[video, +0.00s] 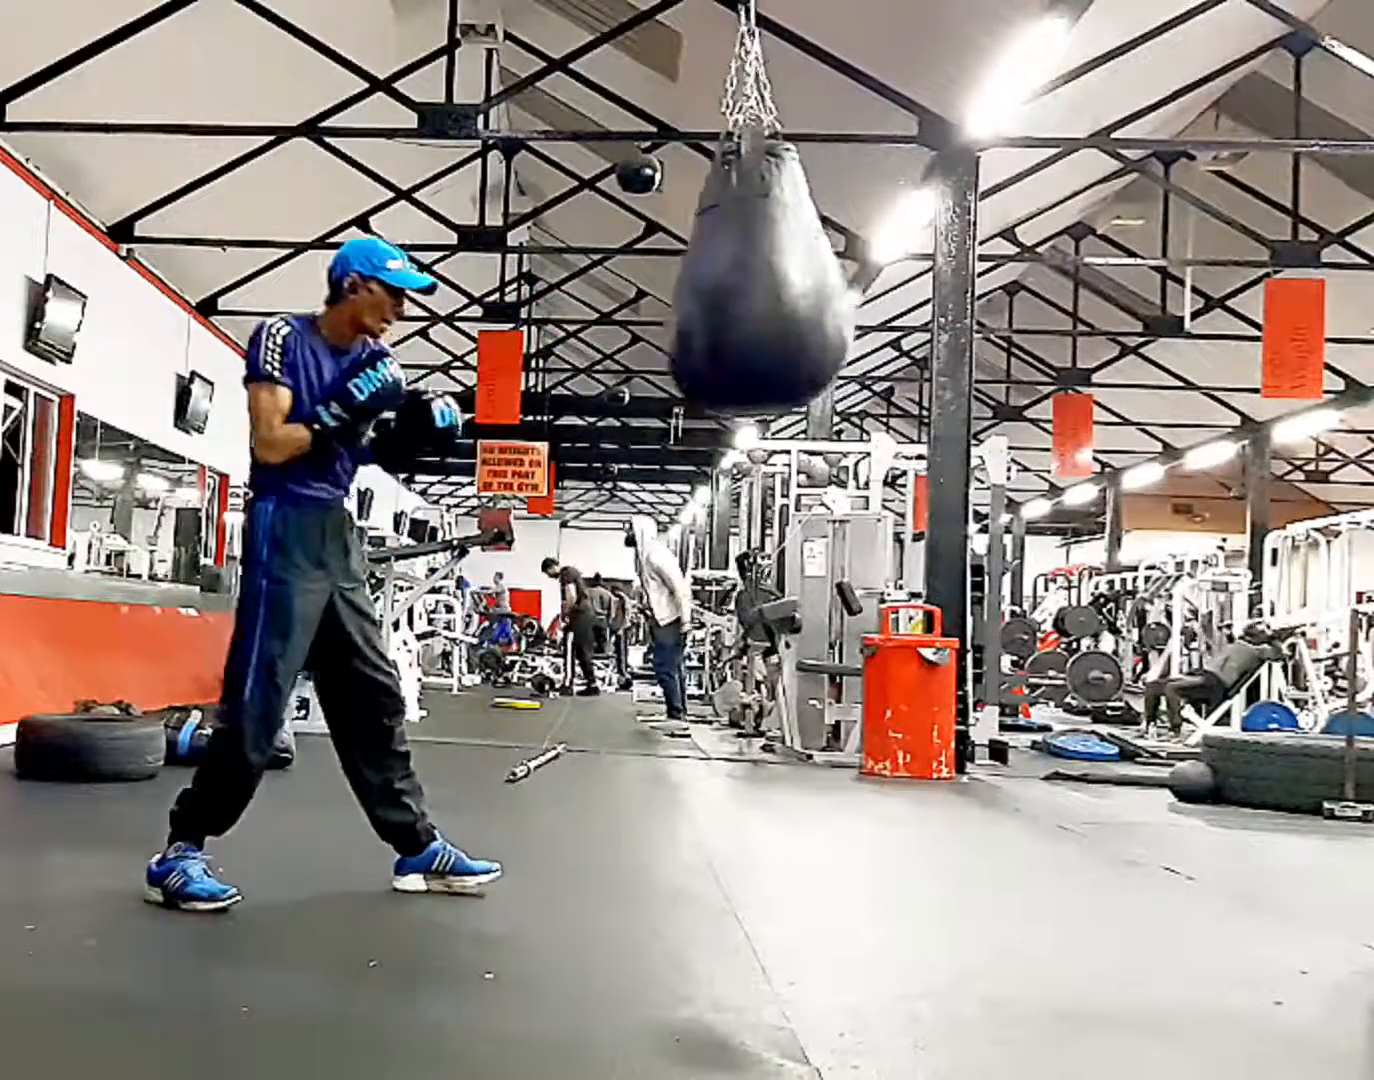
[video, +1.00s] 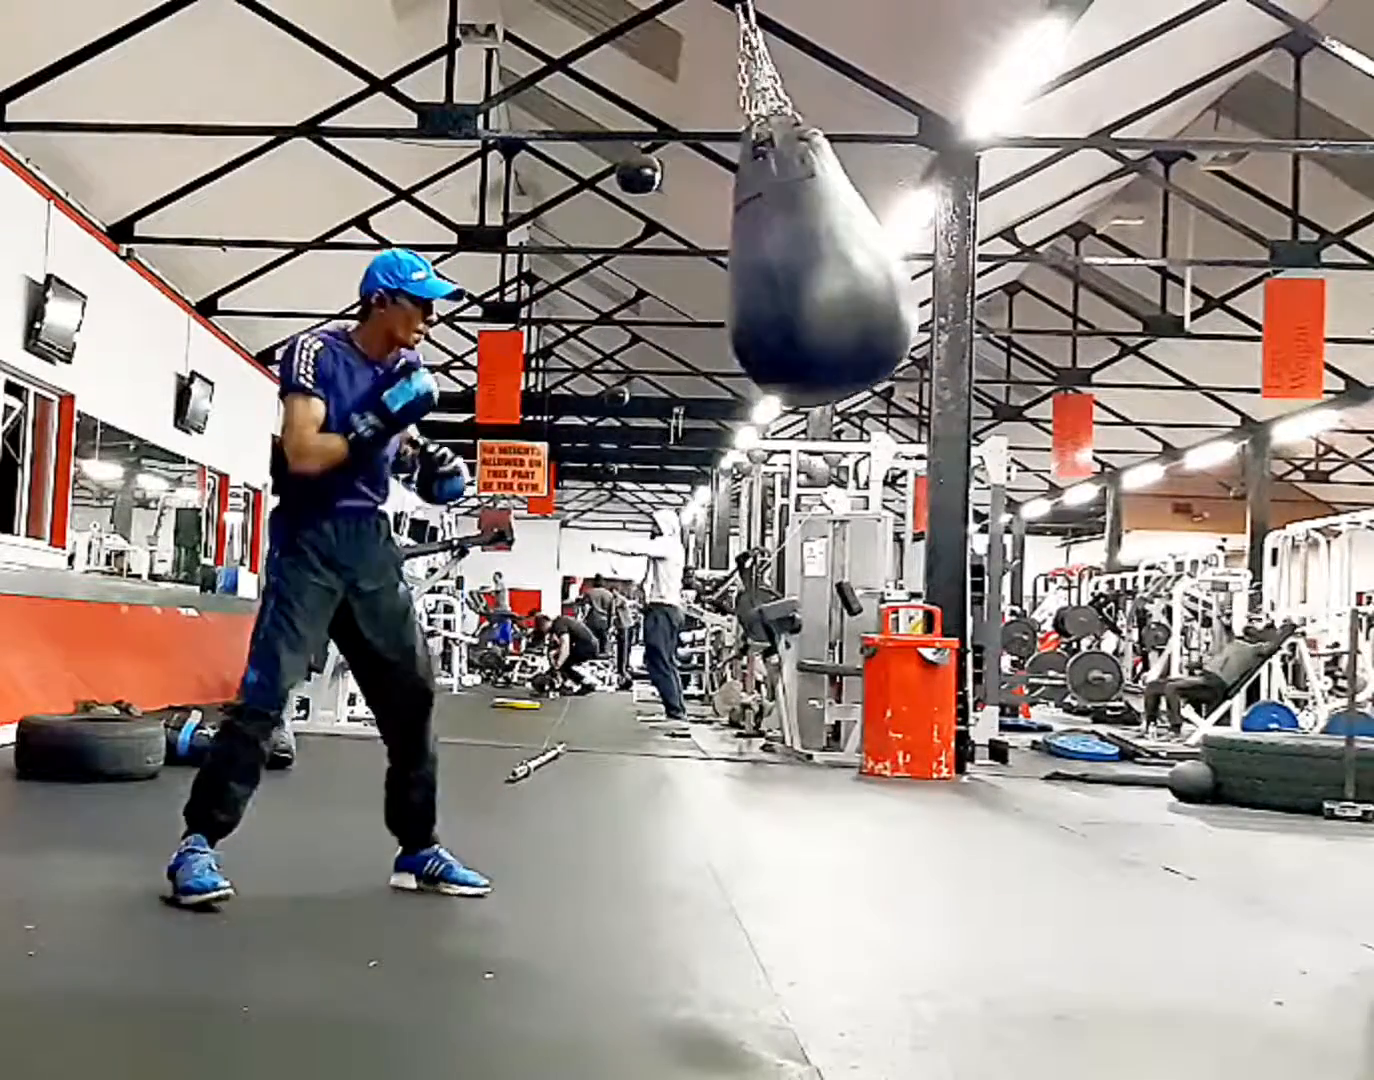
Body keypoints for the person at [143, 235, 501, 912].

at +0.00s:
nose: (395, 318)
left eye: (400, 307)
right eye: (389, 302)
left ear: (374, 299)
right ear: (352, 288)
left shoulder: (370, 364)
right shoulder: (280, 338)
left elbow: (385, 456)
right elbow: (268, 445)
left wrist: (419, 437)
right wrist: (347, 414)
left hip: (337, 536)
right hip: (284, 533)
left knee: (370, 699)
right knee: (257, 705)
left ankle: (417, 848)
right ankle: (179, 852)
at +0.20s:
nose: (414, 306)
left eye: (418, 295)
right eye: (406, 292)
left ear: (388, 294)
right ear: (368, 287)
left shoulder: (383, 363)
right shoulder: (314, 344)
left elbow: (382, 455)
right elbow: (313, 449)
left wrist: (432, 444)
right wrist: (385, 402)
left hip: (353, 540)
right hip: (307, 538)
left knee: (390, 696)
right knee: (272, 713)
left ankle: (421, 851)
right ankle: (181, 852)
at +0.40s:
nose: (425, 303)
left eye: (428, 291)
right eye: (417, 288)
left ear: (414, 291)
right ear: (378, 280)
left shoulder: (409, 348)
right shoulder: (317, 348)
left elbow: (470, 358)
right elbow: (326, 457)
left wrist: (537, 351)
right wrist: (393, 403)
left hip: (402, 539)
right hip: (336, 540)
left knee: (432, 699)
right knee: (291, 702)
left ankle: (429, 850)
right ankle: (200, 849)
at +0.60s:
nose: (402, 311)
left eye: (405, 300)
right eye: (391, 297)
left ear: (396, 302)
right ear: (352, 294)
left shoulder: (404, 358)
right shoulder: (292, 365)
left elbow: (486, 396)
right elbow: (295, 471)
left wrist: (509, 440)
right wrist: (356, 414)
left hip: (387, 552)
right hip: (319, 554)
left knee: (435, 694)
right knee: (279, 707)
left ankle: (427, 851)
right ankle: (198, 850)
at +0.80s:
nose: (404, 351)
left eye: (409, 339)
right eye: (395, 337)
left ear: (403, 338)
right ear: (356, 329)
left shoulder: (398, 391)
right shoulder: (291, 378)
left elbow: (439, 452)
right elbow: (276, 486)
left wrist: (455, 502)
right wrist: (344, 443)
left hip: (362, 564)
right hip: (299, 565)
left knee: (433, 697)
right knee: (279, 717)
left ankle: (426, 852)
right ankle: (195, 854)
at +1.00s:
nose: (425, 328)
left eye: (429, 317)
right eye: (418, 313)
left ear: (410, 312)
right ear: (380, 301)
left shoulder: (401, 376)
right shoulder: (313, 351)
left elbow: (390, 454)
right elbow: (302, 454)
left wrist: (431, 472)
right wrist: (382, 419)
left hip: (372, 546)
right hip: (309, 546)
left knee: (409, 693)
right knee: (266, 693)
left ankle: (418, 849)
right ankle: (197, 845)